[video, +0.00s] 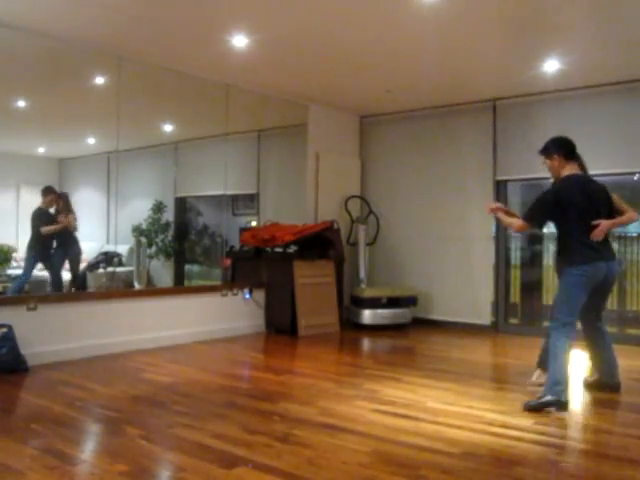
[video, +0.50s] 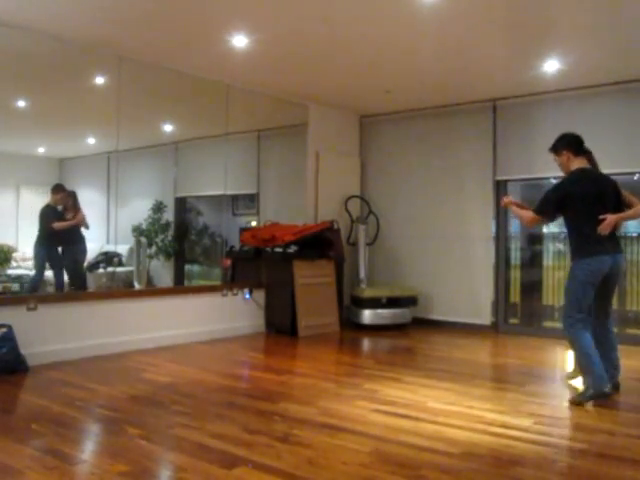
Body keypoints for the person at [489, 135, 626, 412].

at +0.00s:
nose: (547, 167)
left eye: (548, 161)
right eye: (546, 161)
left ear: (559, 159)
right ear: (572, 158)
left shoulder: (557, 192)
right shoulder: (597, 187)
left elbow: (522, 226)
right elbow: (631, 215)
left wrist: (500, 214)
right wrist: (610, 224)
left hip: (578, 268)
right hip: (606, 265)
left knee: (561, 326)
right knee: (591, 320)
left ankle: (555, 392)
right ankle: (608, 377)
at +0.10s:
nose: (551, 167)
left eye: (552, 162)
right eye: (550, 162)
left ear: (561, 159)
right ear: (576, 157)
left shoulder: (561, 189)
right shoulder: (599, 184)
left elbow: (529, 225)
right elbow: (633, 212)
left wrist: (507, 212)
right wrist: (613, 221)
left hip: (583, 265)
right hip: (610, 263)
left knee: (568, 326)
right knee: (596, 322)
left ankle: (576, 385)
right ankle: (609, 376)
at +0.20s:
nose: (554, 166)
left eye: (555, 161)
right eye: (553, 161)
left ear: (563, 158)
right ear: (579, 156)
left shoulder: (562, 189)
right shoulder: (602, 183)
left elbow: (530, 224)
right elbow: (634, 210)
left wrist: (512, 211)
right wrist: (613, 220)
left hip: (585, 264)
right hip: (612, 260)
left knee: (574, 325)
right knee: (598, 322)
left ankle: (596, 379)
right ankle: (610, 377)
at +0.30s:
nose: (556, 167)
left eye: (556, 161)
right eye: (555, 162)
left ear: (565, 158)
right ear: (581, 156)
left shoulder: (564, 187)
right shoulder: (603, 182)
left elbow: (533, 223)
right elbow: (635, 210)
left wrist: (515, 211)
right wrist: (614, 220)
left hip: (585, 263)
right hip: (612, 260)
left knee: (577, 325)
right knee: (599, 321)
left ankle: (601, 379)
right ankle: (610, 378)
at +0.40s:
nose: (558, 166)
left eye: (557, 160)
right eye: (557, 161)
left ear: (566, 157)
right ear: (581, 155)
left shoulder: (566, 186)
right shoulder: (604, 181)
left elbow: (532, 222)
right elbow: (635, 208)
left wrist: (516, 208)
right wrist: (615, 219)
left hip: (586, 262)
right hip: (612, 259)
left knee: (576, 324)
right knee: (599, 321)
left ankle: (601, 382)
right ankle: (610, 380)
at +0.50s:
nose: (558, 164)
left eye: (558, 158)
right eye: (557, 158)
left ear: (567, 155)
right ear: (582, 153)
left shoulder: (567, 185)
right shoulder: (605, 181)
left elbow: (532, 220)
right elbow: (634, 207)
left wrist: (512, 206)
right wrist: (617, 218)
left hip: (587, 261)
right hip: (613, 258)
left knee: (574, 320)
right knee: (600, 318)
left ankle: (596, 384)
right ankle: (610, 377)